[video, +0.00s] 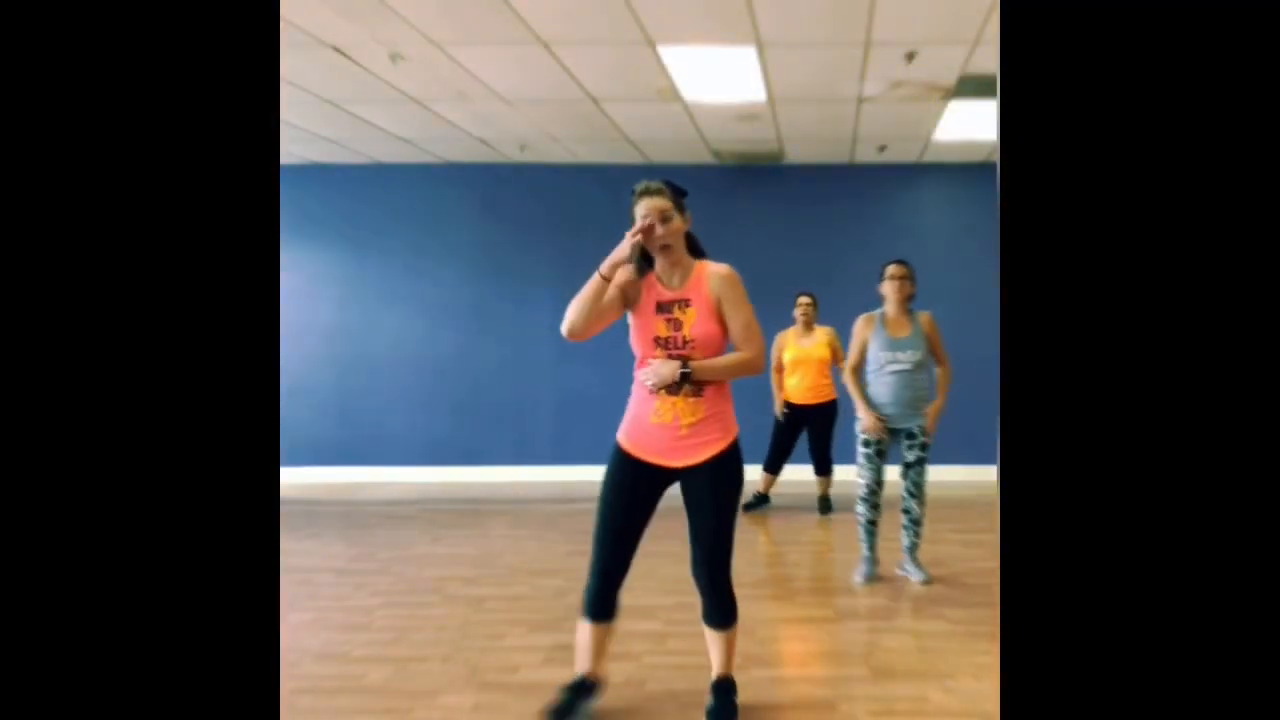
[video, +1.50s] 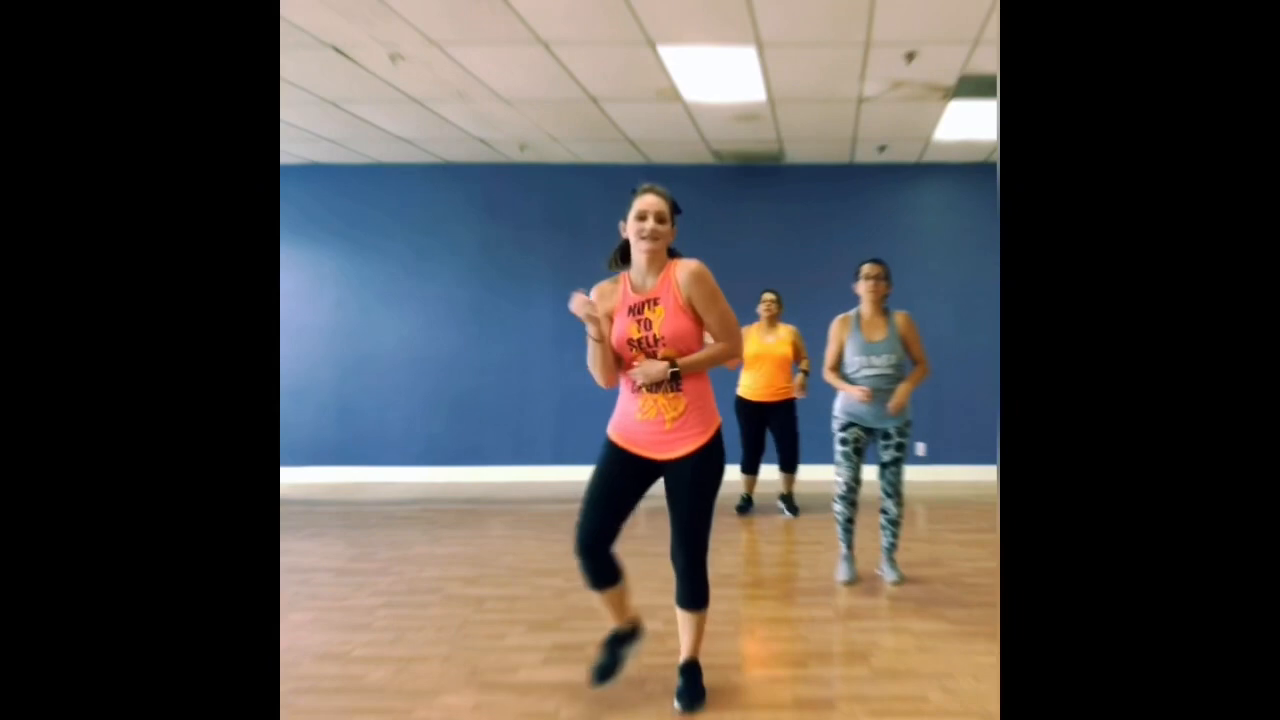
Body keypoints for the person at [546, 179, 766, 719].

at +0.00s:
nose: (656, 229)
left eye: (664, 218)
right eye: (646, 222)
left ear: (685, 221)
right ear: (637, 232)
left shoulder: (718, 278)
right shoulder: (631, 285)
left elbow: (753, 357)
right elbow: (575, 329)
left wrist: (687, 368)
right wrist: (612, 264)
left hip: (710, 444)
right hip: (642, 442)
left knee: (711, 572)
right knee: (605, 568)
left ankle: (722, 686)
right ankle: (586, 678)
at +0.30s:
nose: (672, 226)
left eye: (682, 217)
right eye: (663, 219)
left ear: (703, 225)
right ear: (654, 231)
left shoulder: (730, 283)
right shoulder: (640, 278)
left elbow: (763, 357)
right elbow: (559, 272)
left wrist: (700, 370)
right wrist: (502, 269)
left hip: (721, 445)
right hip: (654, 445)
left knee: (724, 569)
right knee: (636, 564)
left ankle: (726, 684)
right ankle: (677, 654)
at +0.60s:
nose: (649, 232)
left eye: (659, 225)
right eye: (640, 226)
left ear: (679, 237)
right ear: (630, 238)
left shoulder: (701, 301)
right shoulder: (607, 287)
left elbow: (728, 378)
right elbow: (516, 278)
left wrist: (673, 381)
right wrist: (439, 268)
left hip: (700, 456)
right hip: (629, 460)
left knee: (723, 574)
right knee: (586, 580)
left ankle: (727, 684)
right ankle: (537, 668)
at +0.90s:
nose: (607, 223)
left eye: (617, 216)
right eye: (599, 217)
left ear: (637, 230)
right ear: (588, 230)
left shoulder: (656, 299)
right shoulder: (563, 277)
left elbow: (675, 379)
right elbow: (473, 269)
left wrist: (617, 377)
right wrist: (391, 250)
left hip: (644, 449)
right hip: (570, 448)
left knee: (683, 563)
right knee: (549, 567)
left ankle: (716, 679)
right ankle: (532, 671)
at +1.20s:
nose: (624, 234)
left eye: (634, 227)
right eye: (615, 227)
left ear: (650, 237)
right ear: (602, 238)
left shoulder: (677, 297)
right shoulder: (585, 301)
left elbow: (702, 372)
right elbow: (515, 338)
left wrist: (646, 383)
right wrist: (474, 282)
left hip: (652, 457)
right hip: (582, 449)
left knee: (665, 574)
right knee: (563, 562)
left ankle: (686, 668)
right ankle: (532, 669)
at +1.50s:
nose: (650, 225)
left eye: (659, 218)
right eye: (641, 217)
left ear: (673, 230)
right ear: (625, 228)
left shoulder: (690, 276)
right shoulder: (607, 292)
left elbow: (731, 346)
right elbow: (606, 378)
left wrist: (672, 366)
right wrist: (596, 331)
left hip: (693, 436)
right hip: (631, 434)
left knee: (688, 557)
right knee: (590, 543)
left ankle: (688, 665)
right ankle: (625, 624)